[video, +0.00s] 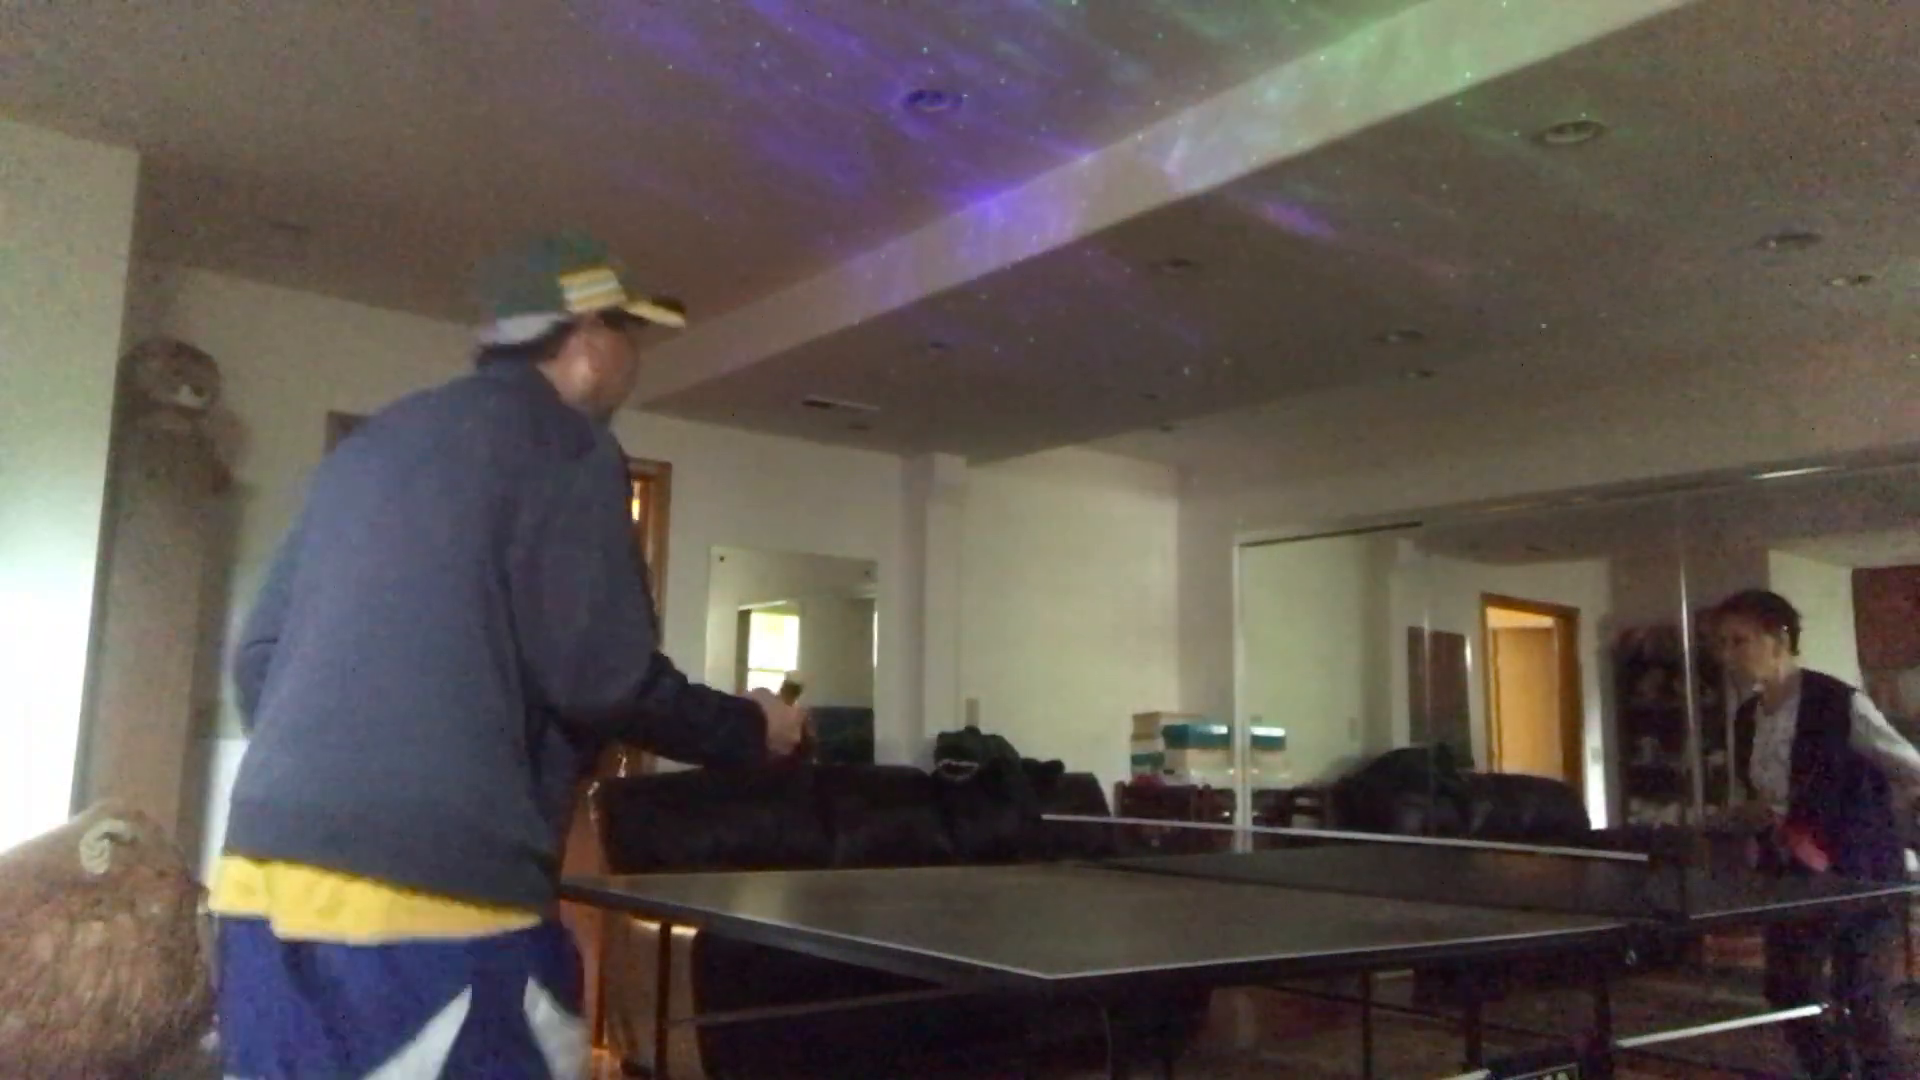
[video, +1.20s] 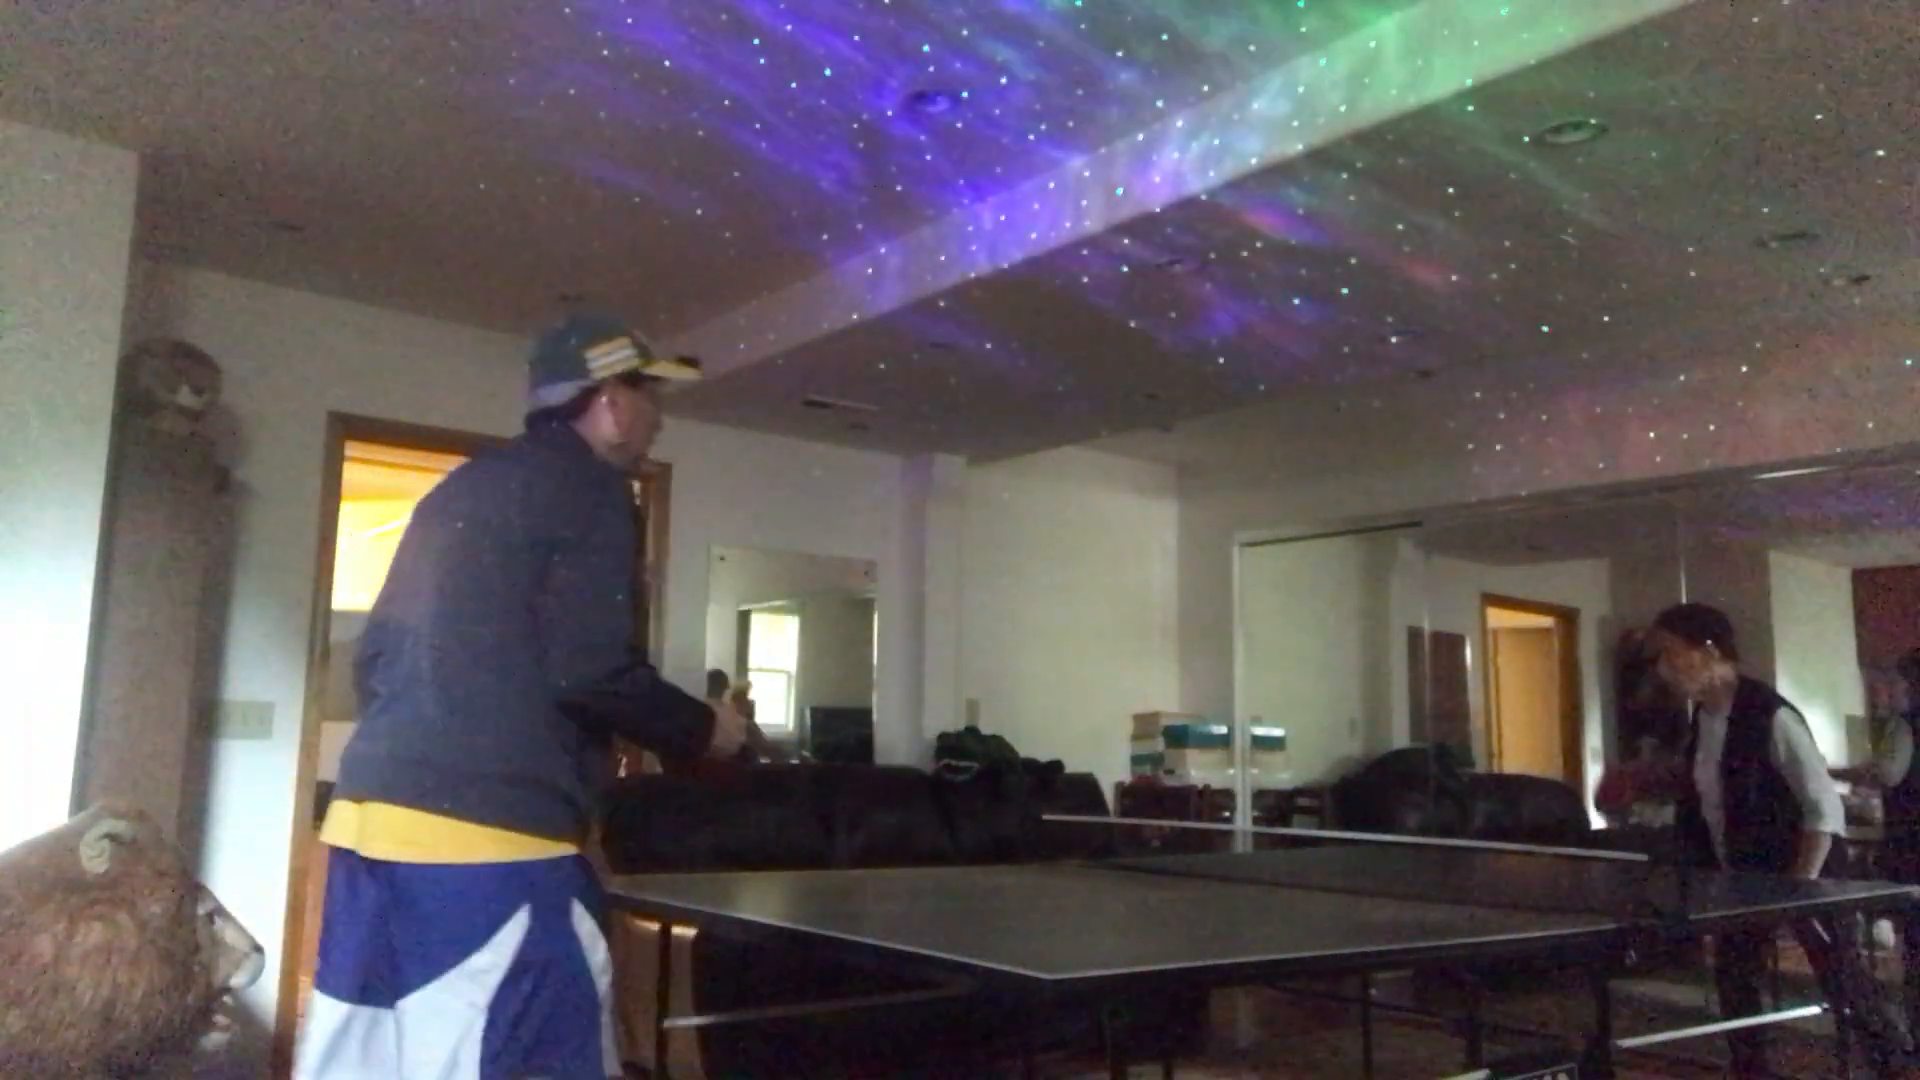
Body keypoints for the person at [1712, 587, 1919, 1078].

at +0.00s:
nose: (1728, 656)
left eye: (1739, 640)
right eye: (1724, 644)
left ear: (1780, 637)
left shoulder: (1838, 701)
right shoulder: (1745, 717)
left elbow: (1910, 768)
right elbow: (1749, 802)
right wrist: (1751, 817)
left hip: (1861, 875)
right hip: (1791, 878)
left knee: (1864, 1001)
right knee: (1787, 996)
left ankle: (1880, 1069)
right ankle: (1824, 1068)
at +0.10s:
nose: (1726, 658)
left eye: (1738, 643)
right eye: (1721, 646)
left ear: (1779, 644)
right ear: (1717, 653)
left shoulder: (1837, 707)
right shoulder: (1733, 724)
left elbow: (1908, 768)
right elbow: (1736, 805)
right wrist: (1761, 839)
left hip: (1856, 871)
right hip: (1783, 876)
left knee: (1860, 1000)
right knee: (1787, 1001)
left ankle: (1882, 1072)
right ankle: (1808, 1071)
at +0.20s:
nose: (1724, 659)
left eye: (1736, 645)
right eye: (1719, 648)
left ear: (1777, 650)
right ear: (1712, 659)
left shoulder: (1835, 712)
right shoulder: (1718, 724)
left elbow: (1905, 778)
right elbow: (1710, 801)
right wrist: (1726, 826)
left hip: (1857, 864)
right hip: (1781, 869)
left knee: (1867, 986)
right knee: (1781, 986)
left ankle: (1891, 1062)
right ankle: (1803, 1068)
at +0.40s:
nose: (1728, 662)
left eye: (1740, 647)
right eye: (1720, 651)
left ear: (1780, 651)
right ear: (1713, 662)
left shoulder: (1835, 713)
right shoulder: (1717, 725)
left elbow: (1894, 796)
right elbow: (1715, 812)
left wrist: (1899, 877)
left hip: (1850, 873)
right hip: (1772, 878)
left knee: (1884, 983)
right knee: (1779, 990)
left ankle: (1913, 1062)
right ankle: (1798, 1070)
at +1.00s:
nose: (1677, 677)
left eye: (1686, 662)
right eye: (1674, 664)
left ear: (1724, 658)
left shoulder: (1790, 720)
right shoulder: (1702, 724)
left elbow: (1852, 812)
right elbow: (1707, 805)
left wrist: (1829, 895)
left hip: (1813, 877)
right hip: (1748, 881)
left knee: (1869, 991)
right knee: (1742, 1002)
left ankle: (1906, 1063)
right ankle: (1751, 1071)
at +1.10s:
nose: (1666, 675)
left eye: (1674, 660)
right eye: (1662, 663)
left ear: (1710, 653)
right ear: (1707, 657)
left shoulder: (1778, 716)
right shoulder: (1703, 721)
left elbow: (1833, 811)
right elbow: (1713, 809)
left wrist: (1805, 893)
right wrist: (1728, 882)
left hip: (1802, 875)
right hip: (1744, 878)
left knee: (1854, 992)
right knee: (1739, 987)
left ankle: (1903, 1067)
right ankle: (1753, 1068)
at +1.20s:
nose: (1661, 669)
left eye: (1669, 654)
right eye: (1659, 657)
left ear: (1708, 650)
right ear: (1703, 654)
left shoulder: (1772, 715)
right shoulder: (1699, 718)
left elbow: (1825, 810)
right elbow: (1710, 805)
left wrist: (1795, 892)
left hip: (1795, 866)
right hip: (1738, 872)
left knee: (1844, 982)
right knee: (1736, 983)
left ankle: (1896, 1060)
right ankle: (1750, 1068)